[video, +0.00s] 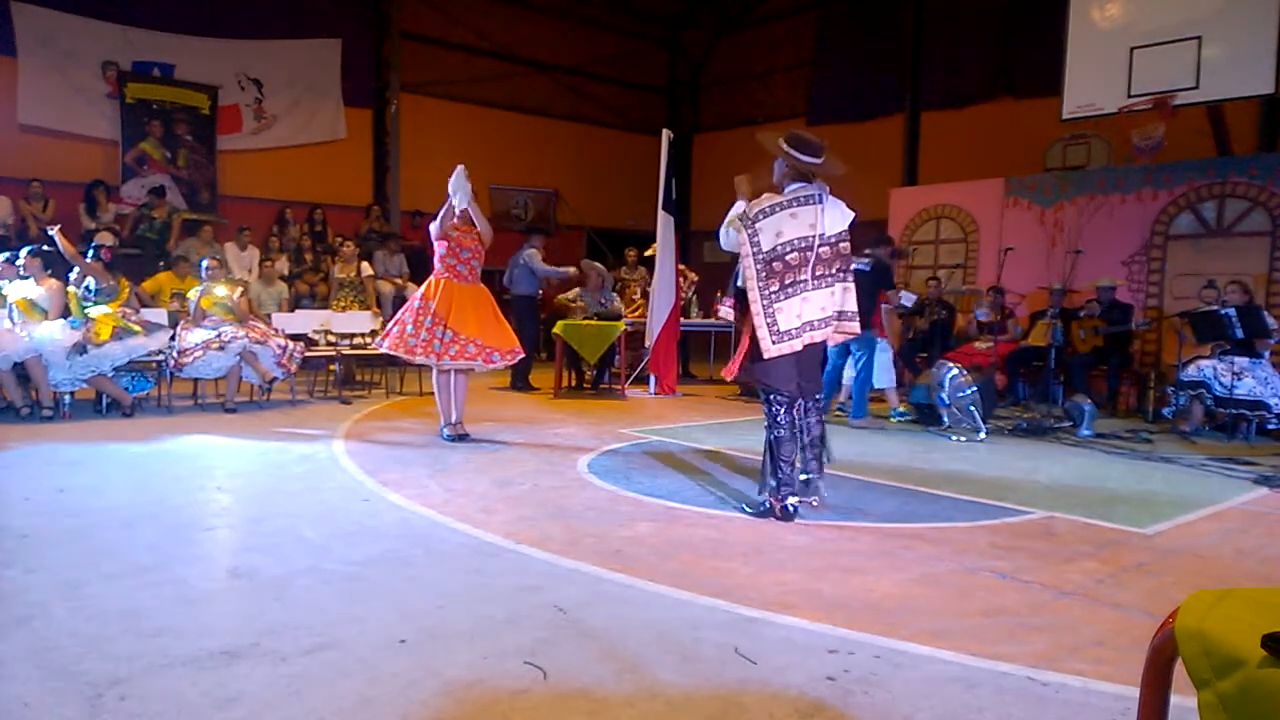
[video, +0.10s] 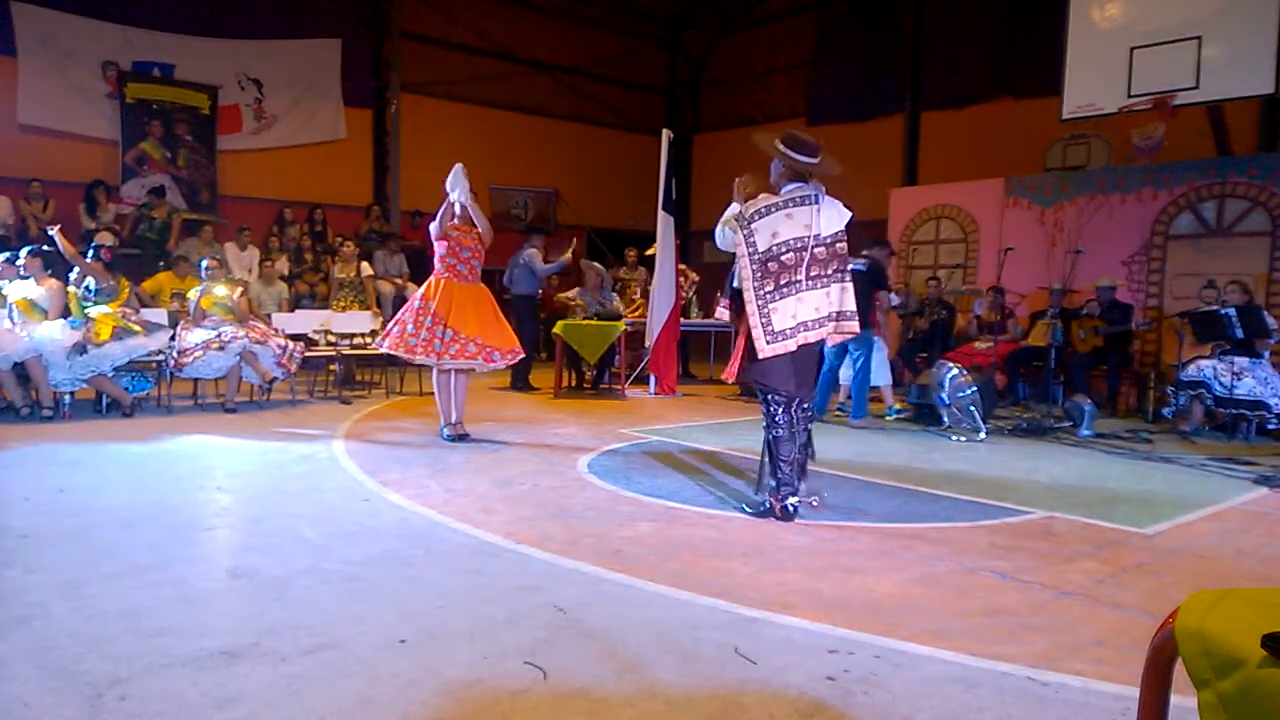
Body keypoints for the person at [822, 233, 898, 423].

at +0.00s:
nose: (889, 255)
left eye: (890, 251)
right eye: (888, 250)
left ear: (866, 245)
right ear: (883, 249)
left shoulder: (846, 260)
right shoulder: (880, 266)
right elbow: (892, 297)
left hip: (836, 324)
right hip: (862, 326)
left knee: (833, 366)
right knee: (863, 372)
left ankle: (821, 406)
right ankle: (859, 414)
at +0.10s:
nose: (888, 261)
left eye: (889, 257)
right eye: (887, 256)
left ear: (866, 250)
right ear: (877, 251)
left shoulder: (842, 263)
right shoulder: (875, 266)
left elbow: (831, 293)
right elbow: (883, 301)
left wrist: (828, 323)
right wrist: (882, 325)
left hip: (835, 324)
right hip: (861, 326)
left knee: (829, 368)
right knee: (861, 371)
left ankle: (817, 409)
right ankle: (858, 414)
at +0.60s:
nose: (874, 264)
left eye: (874, 259)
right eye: (872, 259)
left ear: (850, 254)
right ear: (862, 255)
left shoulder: (828, 267)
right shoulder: (857, 270)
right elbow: (862, 301)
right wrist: (873, 330)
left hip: (820, 324)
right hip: (844, 325)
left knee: (819, 367)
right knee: (851, 369)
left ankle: (818, 409)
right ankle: (856, 410)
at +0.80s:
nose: (863, 257)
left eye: (861, 254)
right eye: (861, 254)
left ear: (842, 253)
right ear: (861, 255)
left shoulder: (827, 270)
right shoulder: (865, 277)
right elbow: (877, 315)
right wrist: (898, 344)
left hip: (820, 325)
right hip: (845, 329)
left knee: (818, 369)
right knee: (852, 370)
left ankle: (817, 409)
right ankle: (858, 412)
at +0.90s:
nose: (899, 292)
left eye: (902, 288)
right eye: (898, 287)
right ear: (888, 280)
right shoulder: (875, 289)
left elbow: (872, 320)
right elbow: (888, 324)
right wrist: (908, 349)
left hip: (820, 324)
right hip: (843, 328)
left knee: (820, 366)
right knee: (853, 370)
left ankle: (817, 409)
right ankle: (858, 413)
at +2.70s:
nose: (904, 286)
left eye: (905, 283)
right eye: (902, 282)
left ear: (890, 278)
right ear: (892, 278)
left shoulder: (871, 284)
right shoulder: (885, 290)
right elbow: (891, 321)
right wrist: (909, 350)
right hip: (852, 329)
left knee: (830, 373)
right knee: (856, 372)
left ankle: (821, 408)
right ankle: (859, 413)